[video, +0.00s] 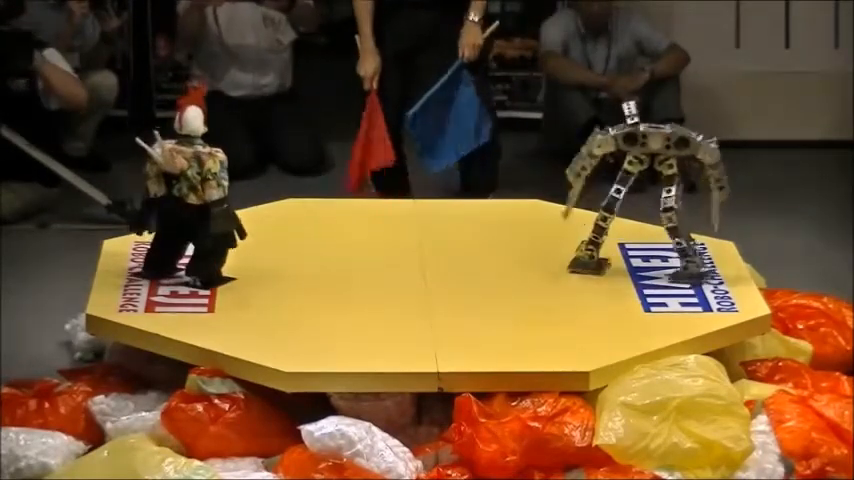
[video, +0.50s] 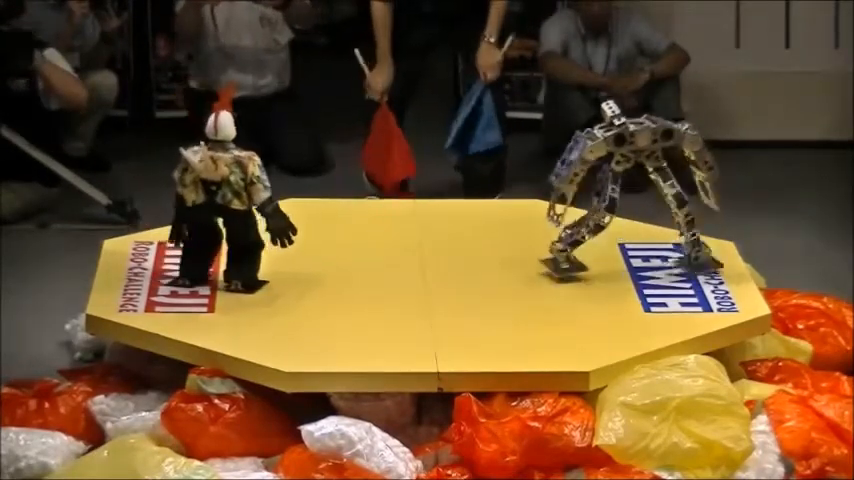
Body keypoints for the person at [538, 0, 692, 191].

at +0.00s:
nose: (597, 10)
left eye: (604, 4)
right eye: (590, 4)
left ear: (612, 5)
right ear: (576, 6)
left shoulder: (628, 23)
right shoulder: (558, 25)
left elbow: (679, 56)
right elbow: (551, 64)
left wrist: (644, 75)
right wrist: (608, 82)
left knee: (667, 79)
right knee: (563, 85)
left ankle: (668, 155)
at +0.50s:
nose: (596, 11)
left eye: (602, 4)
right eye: (589, 5)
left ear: (611, 5)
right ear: (576, 6)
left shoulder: (628, 23)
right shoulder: (558, 25)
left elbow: (679, 56)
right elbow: (550, 64)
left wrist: (645, 74)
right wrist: (608, 83)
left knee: (667, 81)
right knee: (562, 86)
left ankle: (672, 158)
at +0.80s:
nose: (596, 10)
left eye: (603, 4)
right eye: (589, 4)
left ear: (613, 5)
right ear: (576, 6)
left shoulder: (629, 22)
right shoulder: (559, 24)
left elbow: (680, 56)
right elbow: (550, 64)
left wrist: (644, 75)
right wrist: (608, 83)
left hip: (627, 107)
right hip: (583, 107)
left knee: (668, 80)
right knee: (564, 85)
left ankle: (659, 161)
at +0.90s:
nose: (596, 9)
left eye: (602, 3)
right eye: (589, 4)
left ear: (612, 4)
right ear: (578, 6)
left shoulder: (629, 21)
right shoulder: (559, 24)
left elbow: (680, 56)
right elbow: (550, 64)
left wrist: (644, 75)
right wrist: (608, 83)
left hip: (628, 105)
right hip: (585, 106)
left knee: (667, 81)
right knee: (565, 93)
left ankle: (664, 166)